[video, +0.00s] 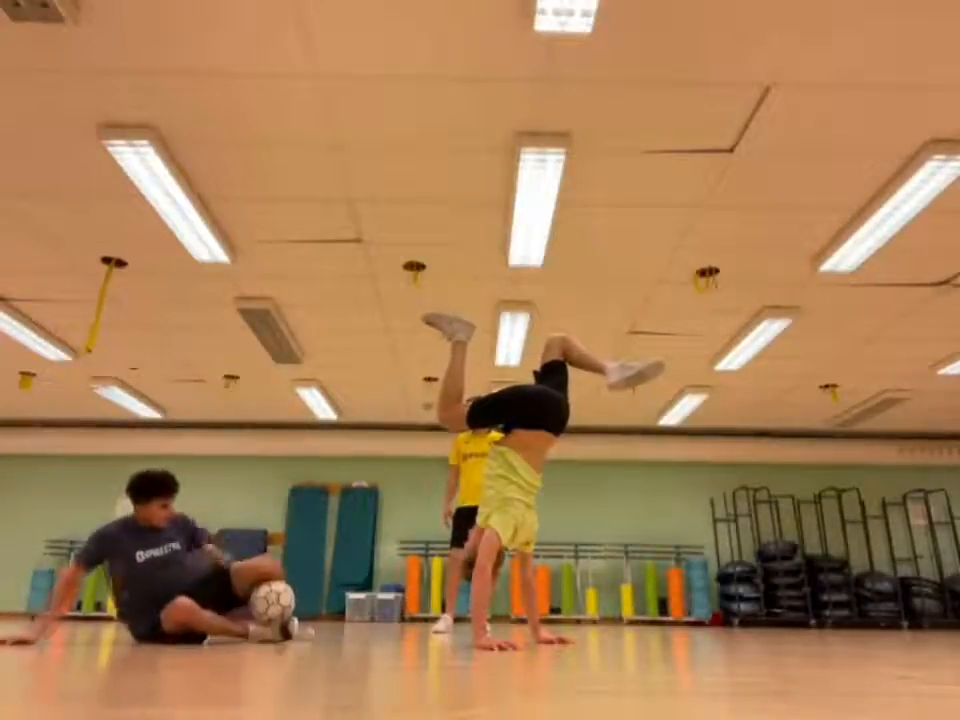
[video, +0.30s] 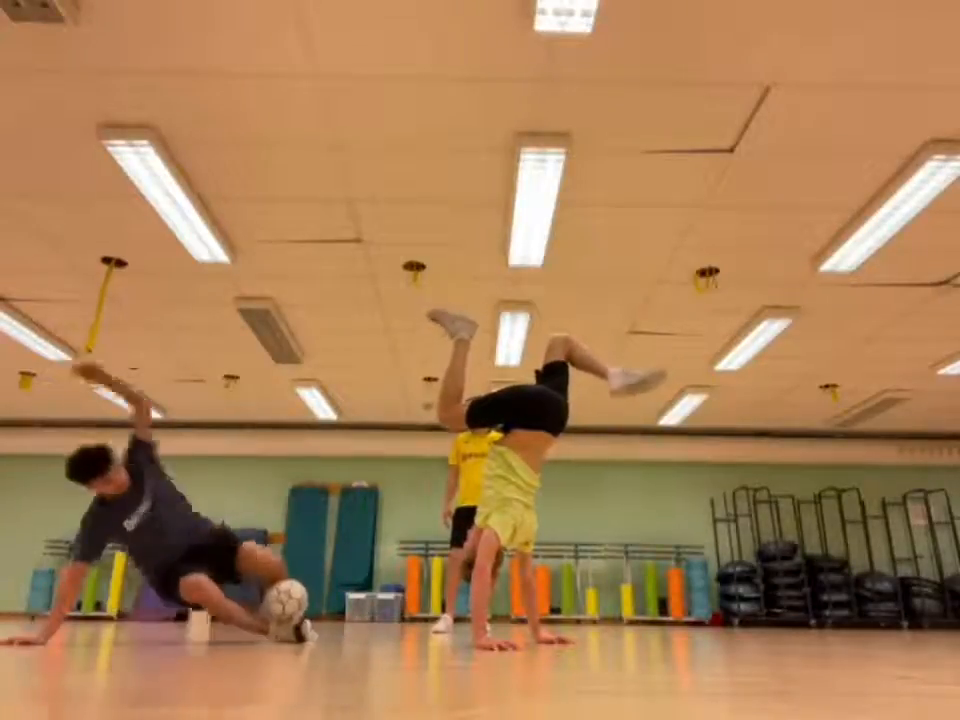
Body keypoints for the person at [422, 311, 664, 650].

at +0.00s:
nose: (485, 562)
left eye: (484, 566)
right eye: (482, 563)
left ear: (474, 548)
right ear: (475, 543)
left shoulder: (525, 534)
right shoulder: (495, 527)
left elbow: (527, 582)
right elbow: (482, 575)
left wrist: (537, 631)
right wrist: (481, 636)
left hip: (554, 414)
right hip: (533, 408)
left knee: (557, 343)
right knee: (452, 416)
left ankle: (612, 370)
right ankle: (459, 342)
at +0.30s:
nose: (485, 567)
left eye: (485, 572)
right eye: (484, 568)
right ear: (478, 550)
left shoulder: (524, 536)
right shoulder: (492, 528)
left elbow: (527, 584)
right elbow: (481, 577)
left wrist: (536, 632)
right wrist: (480, 636)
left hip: (554, 415)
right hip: (530, 408)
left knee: (560, 344)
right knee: (451, 416)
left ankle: (614, 375)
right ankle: (462, 338)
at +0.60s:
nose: (481, 567)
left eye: (480, 567)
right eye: (480, 567)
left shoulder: (524, 536)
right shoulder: (494, 528)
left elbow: (526, 583)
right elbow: (481, 576)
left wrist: (537, 631)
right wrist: (481, 636)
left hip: (553, 414)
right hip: (529, 408)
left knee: (557, 344)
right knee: (450, 416)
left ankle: (613, 375)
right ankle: (458, 343)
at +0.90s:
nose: (478, 564)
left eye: (474, 564)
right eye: (476, 565)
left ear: (472, 547)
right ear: (475, 543)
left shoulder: (524, 536)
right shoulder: (493, 529)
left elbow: (527, 584)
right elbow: (481, 577)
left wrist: (536, 631)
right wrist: (480, 636)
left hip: (554, 416)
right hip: (530, 408)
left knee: (552, 346)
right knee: (451, 417)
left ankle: (618, 357)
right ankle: (458, 343)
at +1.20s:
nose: (486, 566)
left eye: (486, 572)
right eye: (483, 572)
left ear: (482, 556)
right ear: (476, 546)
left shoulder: (524, 537)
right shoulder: (494, 529)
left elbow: (528, 585)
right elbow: (482, 577)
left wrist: (537, 631)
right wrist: (481, 635)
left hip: (555, 413)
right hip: (532, 408)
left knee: (549, 343)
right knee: (452, 420)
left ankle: (623, 337)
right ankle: (461, 345)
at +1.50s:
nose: (481, 557)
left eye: (473, 556)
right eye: (477, 556)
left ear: (472, 549)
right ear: (473, 543)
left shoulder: (526, 538)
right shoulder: (497, 528)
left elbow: (528, 585)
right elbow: (483, 577)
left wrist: (537, 632)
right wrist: (482, 636)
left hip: (557, 412)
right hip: (536, 412)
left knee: (549, 345)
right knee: (457, 407)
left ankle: (620, 317)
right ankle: (450, 334)